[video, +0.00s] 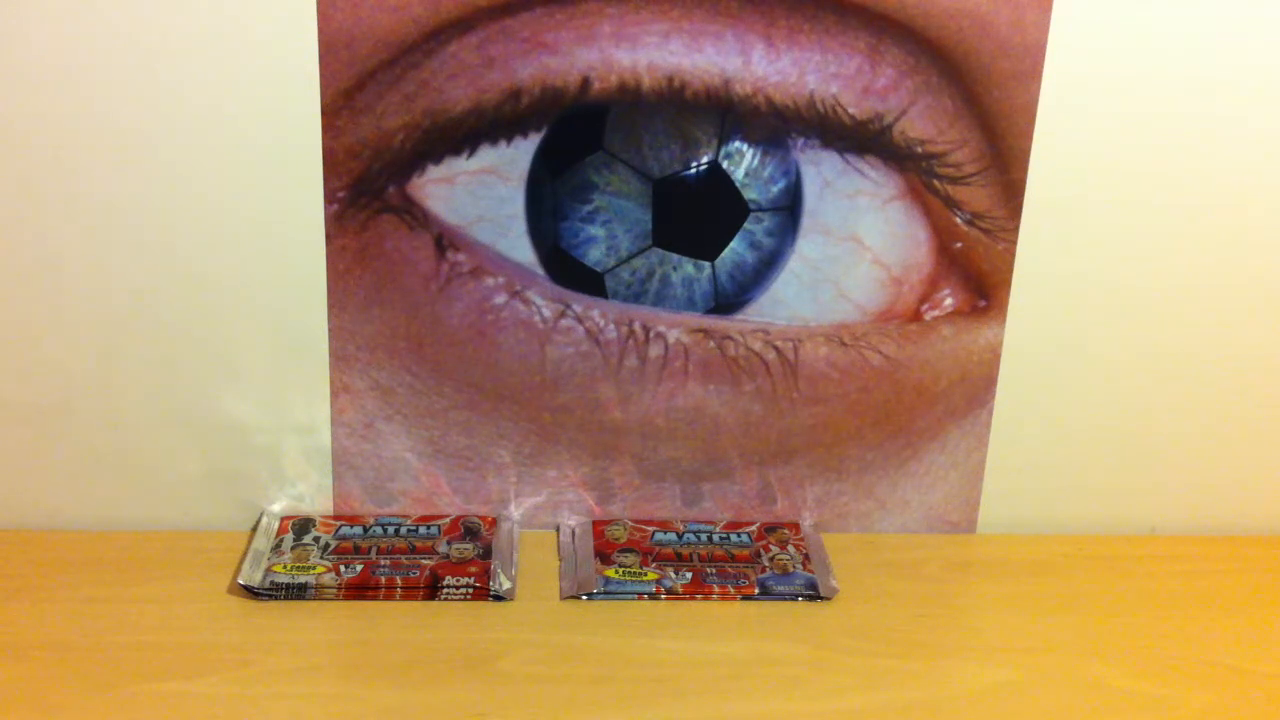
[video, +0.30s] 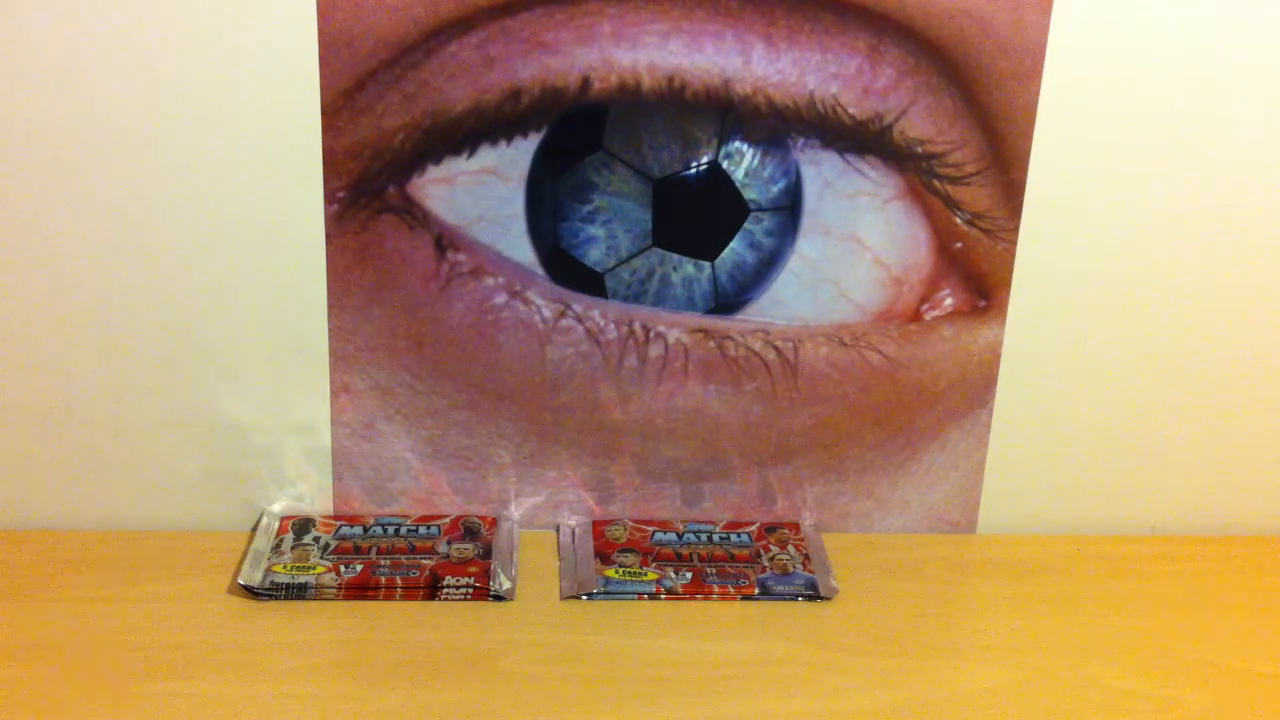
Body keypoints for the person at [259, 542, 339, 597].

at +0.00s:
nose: (309, 554)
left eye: (312, 551)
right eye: (305, 550)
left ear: (315, 552)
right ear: (293, 551)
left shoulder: (323, 569)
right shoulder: (274, 568)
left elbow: (328, 596)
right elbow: (262, 594)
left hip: (309, 611)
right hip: (276, 611)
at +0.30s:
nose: (310, 554)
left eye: (312, 551)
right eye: (305, 550)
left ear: (315, 552)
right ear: (293, 551)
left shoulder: (323, 568)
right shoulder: (274, 568)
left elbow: (328, 597)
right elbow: (262, 595)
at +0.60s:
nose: (310, 554)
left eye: (312, 551)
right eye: (305, 550)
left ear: (315, 552)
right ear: (293, 551)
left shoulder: (323, 569)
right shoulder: (274, 568)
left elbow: (327, 598)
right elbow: (262, 595)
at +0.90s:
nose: (309, 554)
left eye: (312, 551)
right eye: (305, 550)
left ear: (315, 551)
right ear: (293, 551)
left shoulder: (323, 568)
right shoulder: (274, 568)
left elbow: (327, 599)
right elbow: (262, 595)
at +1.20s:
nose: (309, 554)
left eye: (312, 551)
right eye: (305, 550)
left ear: (315, 552)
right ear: (293, 551)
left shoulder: (323, 568)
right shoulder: (274, 568)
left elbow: (328, 597)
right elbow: (262, 595)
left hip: (309, 611)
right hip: (277, 611)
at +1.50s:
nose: (309, 554)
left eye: (312, 551)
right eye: (305, 550)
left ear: (315, 552)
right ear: (293, 551)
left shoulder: (323, 568)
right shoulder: (274, 568)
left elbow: (327, 597)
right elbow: (262, 595)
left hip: (309, 611)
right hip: (277, 611)